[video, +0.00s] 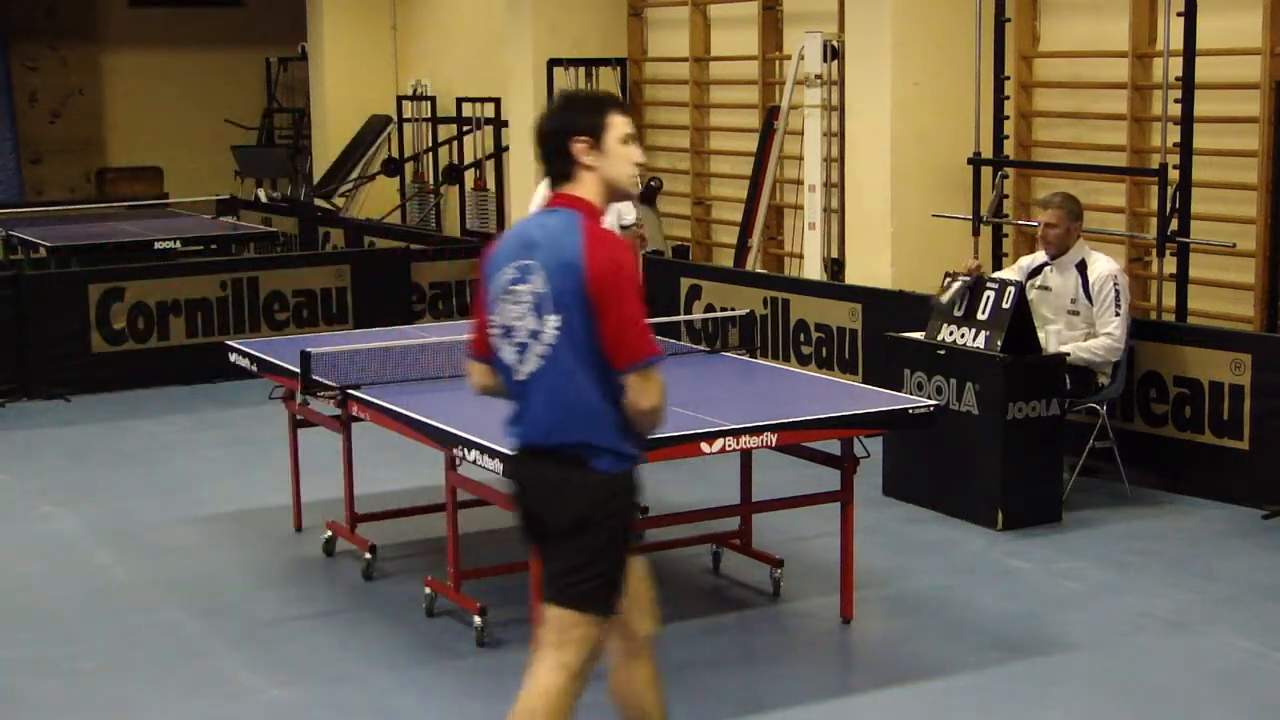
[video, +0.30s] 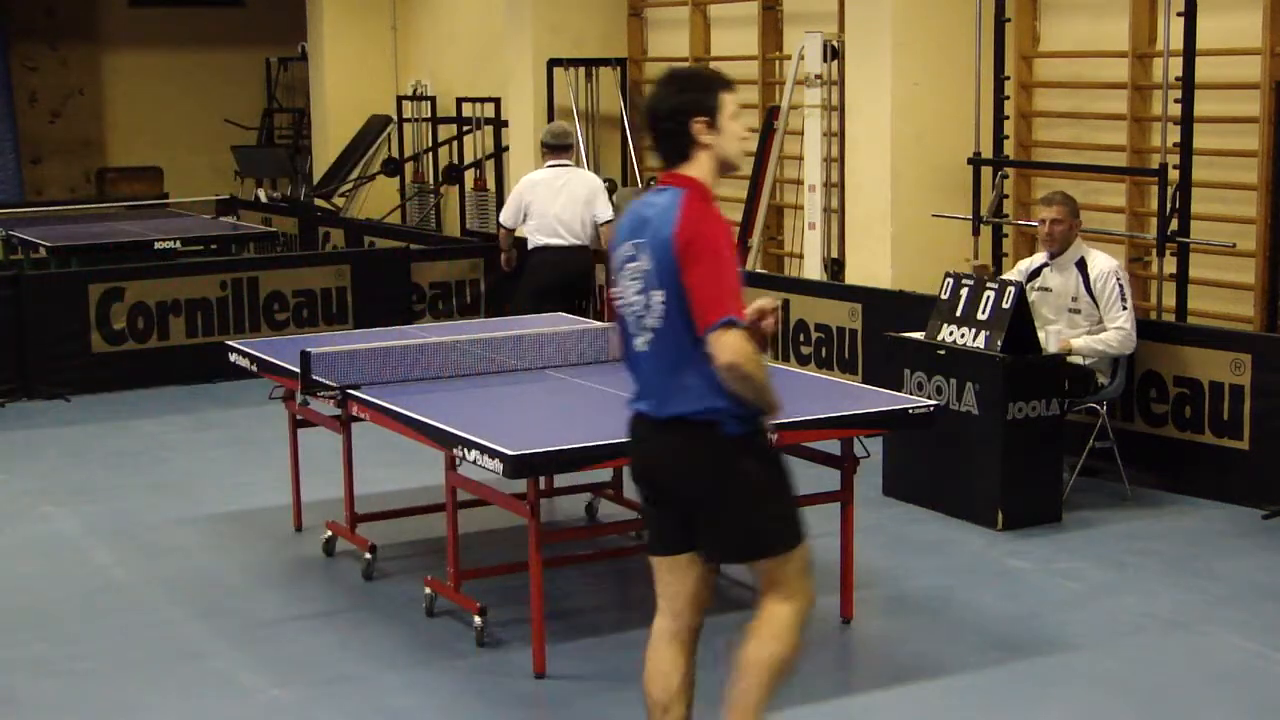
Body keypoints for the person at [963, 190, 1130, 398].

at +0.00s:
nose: (1040, 234)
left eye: (1051, 227)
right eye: (1039, 225)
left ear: (1074, 230)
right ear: (1036, 225)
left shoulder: (1104, 273)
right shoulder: (1030, 265)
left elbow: (1112, 345)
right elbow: (993, 284)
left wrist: (1055, 356)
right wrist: (974, 280)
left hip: (1082, 373)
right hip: (1030, 366)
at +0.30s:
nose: (1047, 231)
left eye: (1056, 223)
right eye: (1042, 223)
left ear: (1075, 227)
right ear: (1036, 226)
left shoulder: (1105, 270)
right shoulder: (1027, 268)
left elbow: (1125, 339)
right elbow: (993, 302)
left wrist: (1071, 345)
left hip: (1085, 373)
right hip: (1032, 367)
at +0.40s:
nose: (1049, 230)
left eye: (1058, 222)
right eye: (1043, 222)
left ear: (1074, 226)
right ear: (1036, 227)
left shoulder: (1102, 269)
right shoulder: (1024, 272)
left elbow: (1128, 336)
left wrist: (1074, 349)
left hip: (1086, 374)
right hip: (1035, 370)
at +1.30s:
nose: (1039, 253)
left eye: (1046, 245)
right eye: (1033, 245)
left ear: (1066, 234)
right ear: (1026, 239)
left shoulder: (1099, 269)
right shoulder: (1029, 271)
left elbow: (1101, 338)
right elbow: (1017, 326)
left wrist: (1052, 361)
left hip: (1088, 365)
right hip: (1038, 364)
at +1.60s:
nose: (1046, 264)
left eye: (1054, 259)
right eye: (1044, 257)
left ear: (1076, 248)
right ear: (1039, 246)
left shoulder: (1102, 282)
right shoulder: (1044, 268)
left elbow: (1083, 347)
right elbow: (1035, 320)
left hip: (1092, 367)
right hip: (1050, 359)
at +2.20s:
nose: (1043, 280)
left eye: (1051, 274)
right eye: (1040, 273)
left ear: (1071, 265)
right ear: (1037, 262)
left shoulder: (1096, 300)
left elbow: (1071, 360)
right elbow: (1045, 312)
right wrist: (1018, 340)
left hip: (1097, 372)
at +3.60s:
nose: (1035, 264)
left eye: (1039, 259)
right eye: (1035, 259)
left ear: (1063, 253)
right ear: (1062, 253)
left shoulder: (1098, 292)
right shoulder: (1060, 271)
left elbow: (1076, 351)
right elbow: (1041, 321)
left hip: (1103, 369)